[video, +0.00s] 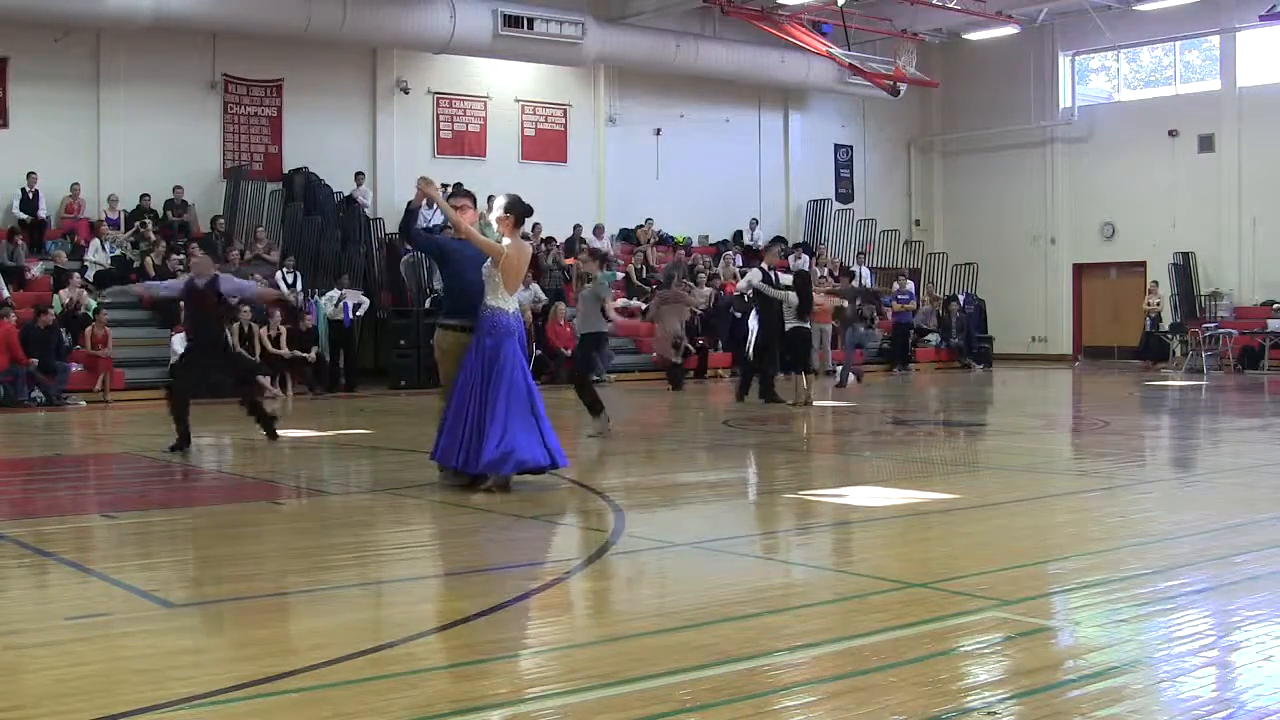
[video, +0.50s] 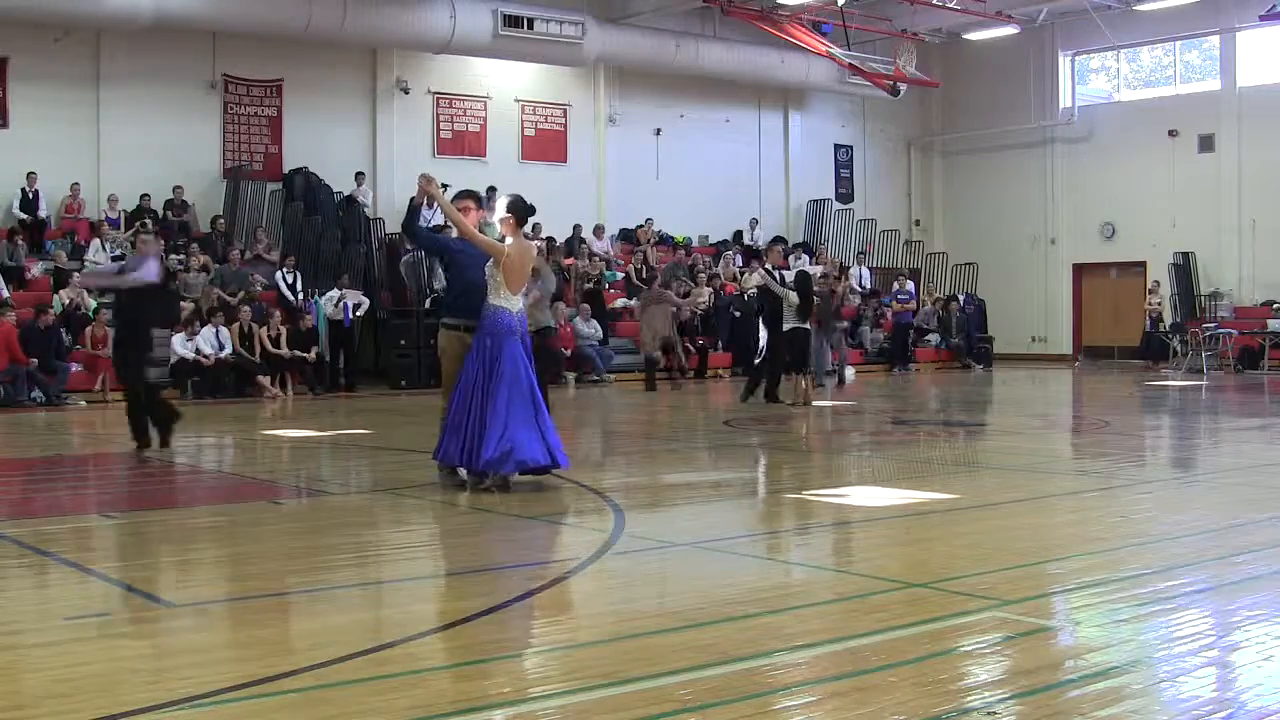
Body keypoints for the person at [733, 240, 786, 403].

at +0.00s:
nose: (779, 258)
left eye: (779, 254)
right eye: (776, 254)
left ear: (772, 257)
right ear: (766, 254)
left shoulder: (775, 275)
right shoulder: (756, 273)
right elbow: (739, 287)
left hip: (774, 318)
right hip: (759, 317)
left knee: (770, 354)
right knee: (753, 354)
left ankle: (767, 389)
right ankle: (742, 389)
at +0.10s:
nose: (780, 256)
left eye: (780, 253)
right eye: (777, 253)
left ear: (775, 256)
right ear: (768, 254)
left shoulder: (777, 275)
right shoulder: (757, 273)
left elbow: (779, 297)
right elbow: (741, 288)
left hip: (776, 319)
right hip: (761, 319)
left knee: (773, 355)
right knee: (758, 355)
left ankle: (768, 390)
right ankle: (743, 389)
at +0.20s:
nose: (781, 256)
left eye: (781, 253)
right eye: (778, 253)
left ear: (775, 256)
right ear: (767, 255)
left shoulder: (778, 275)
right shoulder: (760, 273)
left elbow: (781, 297)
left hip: (776, 319)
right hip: (763, 319)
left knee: (773, 356)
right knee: (758, 355)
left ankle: (769, 392)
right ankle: (743, 390)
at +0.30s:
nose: (782, 256)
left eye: (781, 253)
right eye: (778, 253)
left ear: (774, 256)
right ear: (767, 255)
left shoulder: (778, 275)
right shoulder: (761, 273)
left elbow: (782, 296)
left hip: (777, 318)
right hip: (764, 318)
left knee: (774, 355)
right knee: (759, 354)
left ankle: (770, 392)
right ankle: (744, 390)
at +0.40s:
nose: (782, 255)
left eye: (782, 252)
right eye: (778, 252)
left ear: (779, 255)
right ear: (768, 254)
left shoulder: (781, 274)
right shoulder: (761, 272)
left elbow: (785, 293)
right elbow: (744, 286)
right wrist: (752, 275)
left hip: (778, 319)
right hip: (764, 318)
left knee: (777, 356)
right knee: (761, 355)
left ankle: (770, 392)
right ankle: (746, 389)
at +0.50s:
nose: (782, 255)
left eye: (781, 252)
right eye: (778, 252)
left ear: (778, 255)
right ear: (768, 254)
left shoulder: (781, 275)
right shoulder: (762, 274)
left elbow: (784, 295)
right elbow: (763, 299)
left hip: (779, 320)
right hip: (766, 320)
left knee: (778, 357)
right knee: (766, 355)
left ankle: (771, 392)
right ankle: (749, 388)